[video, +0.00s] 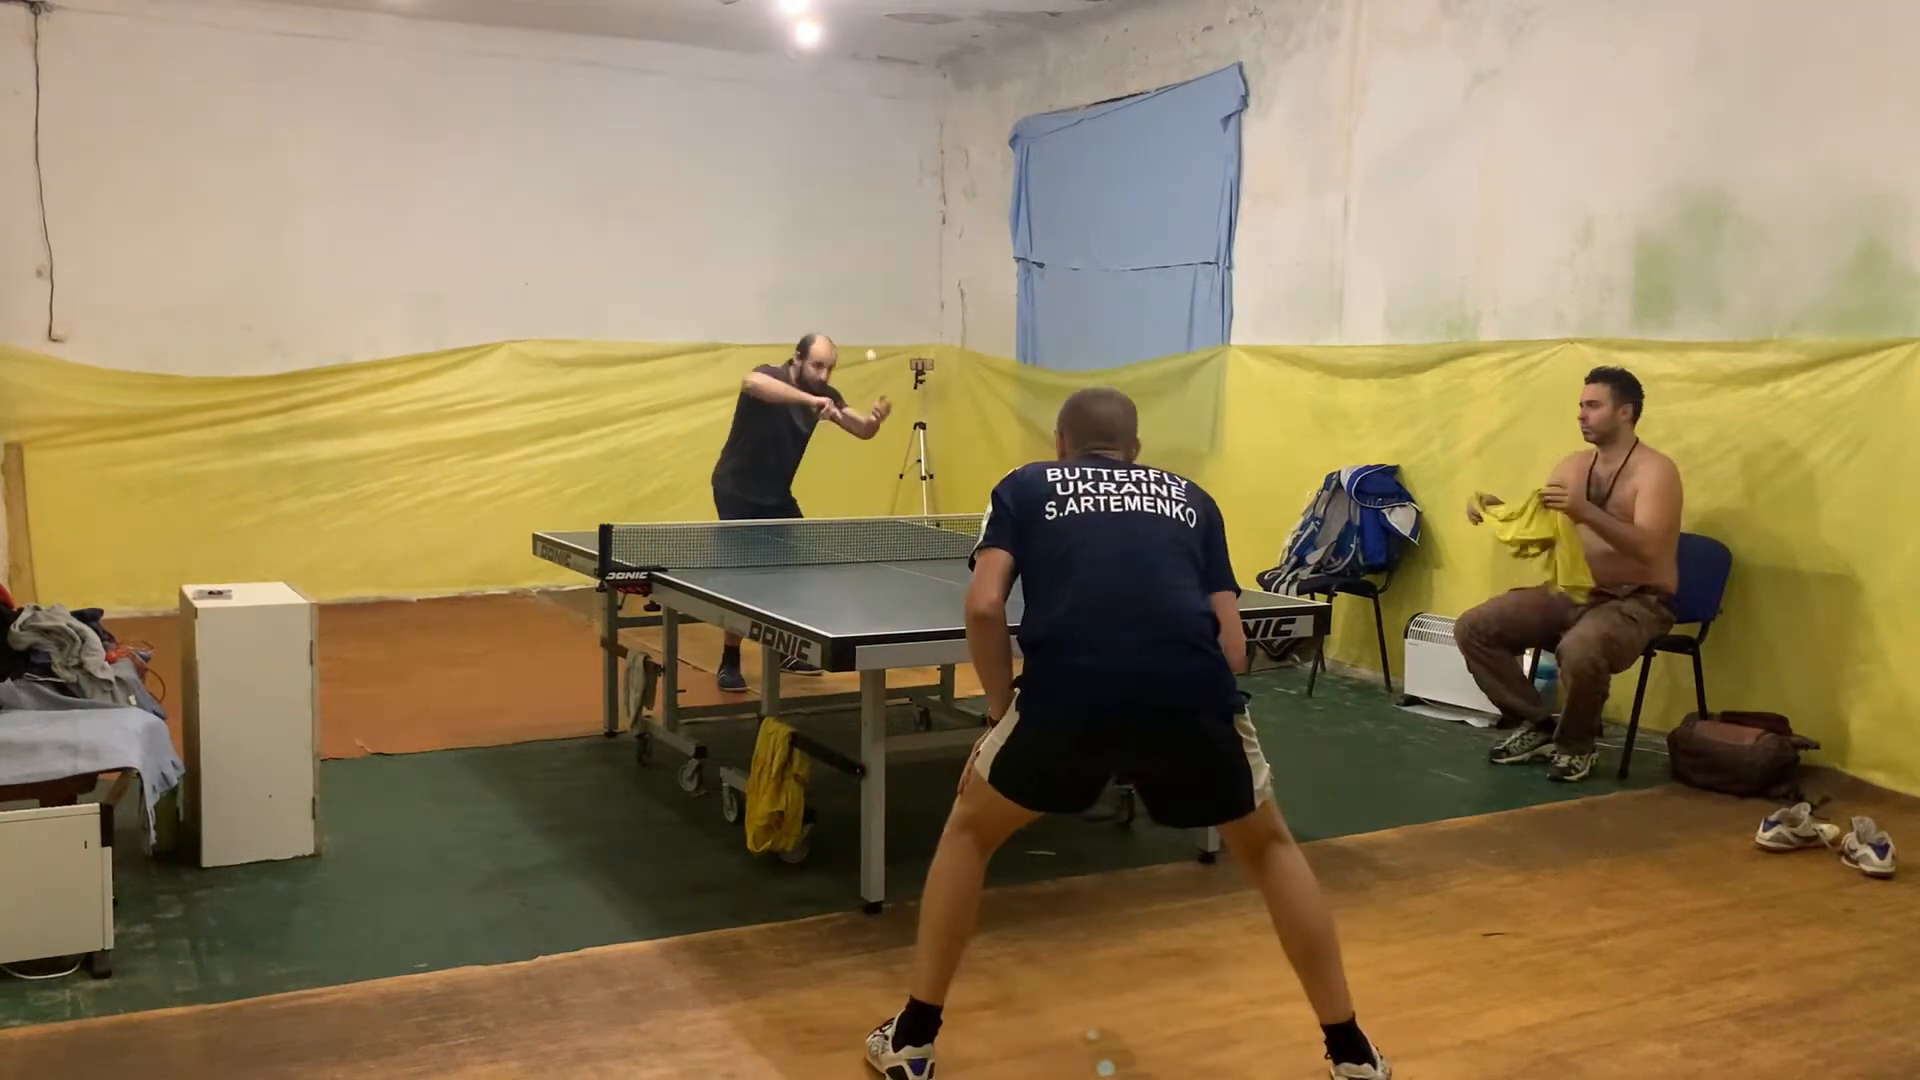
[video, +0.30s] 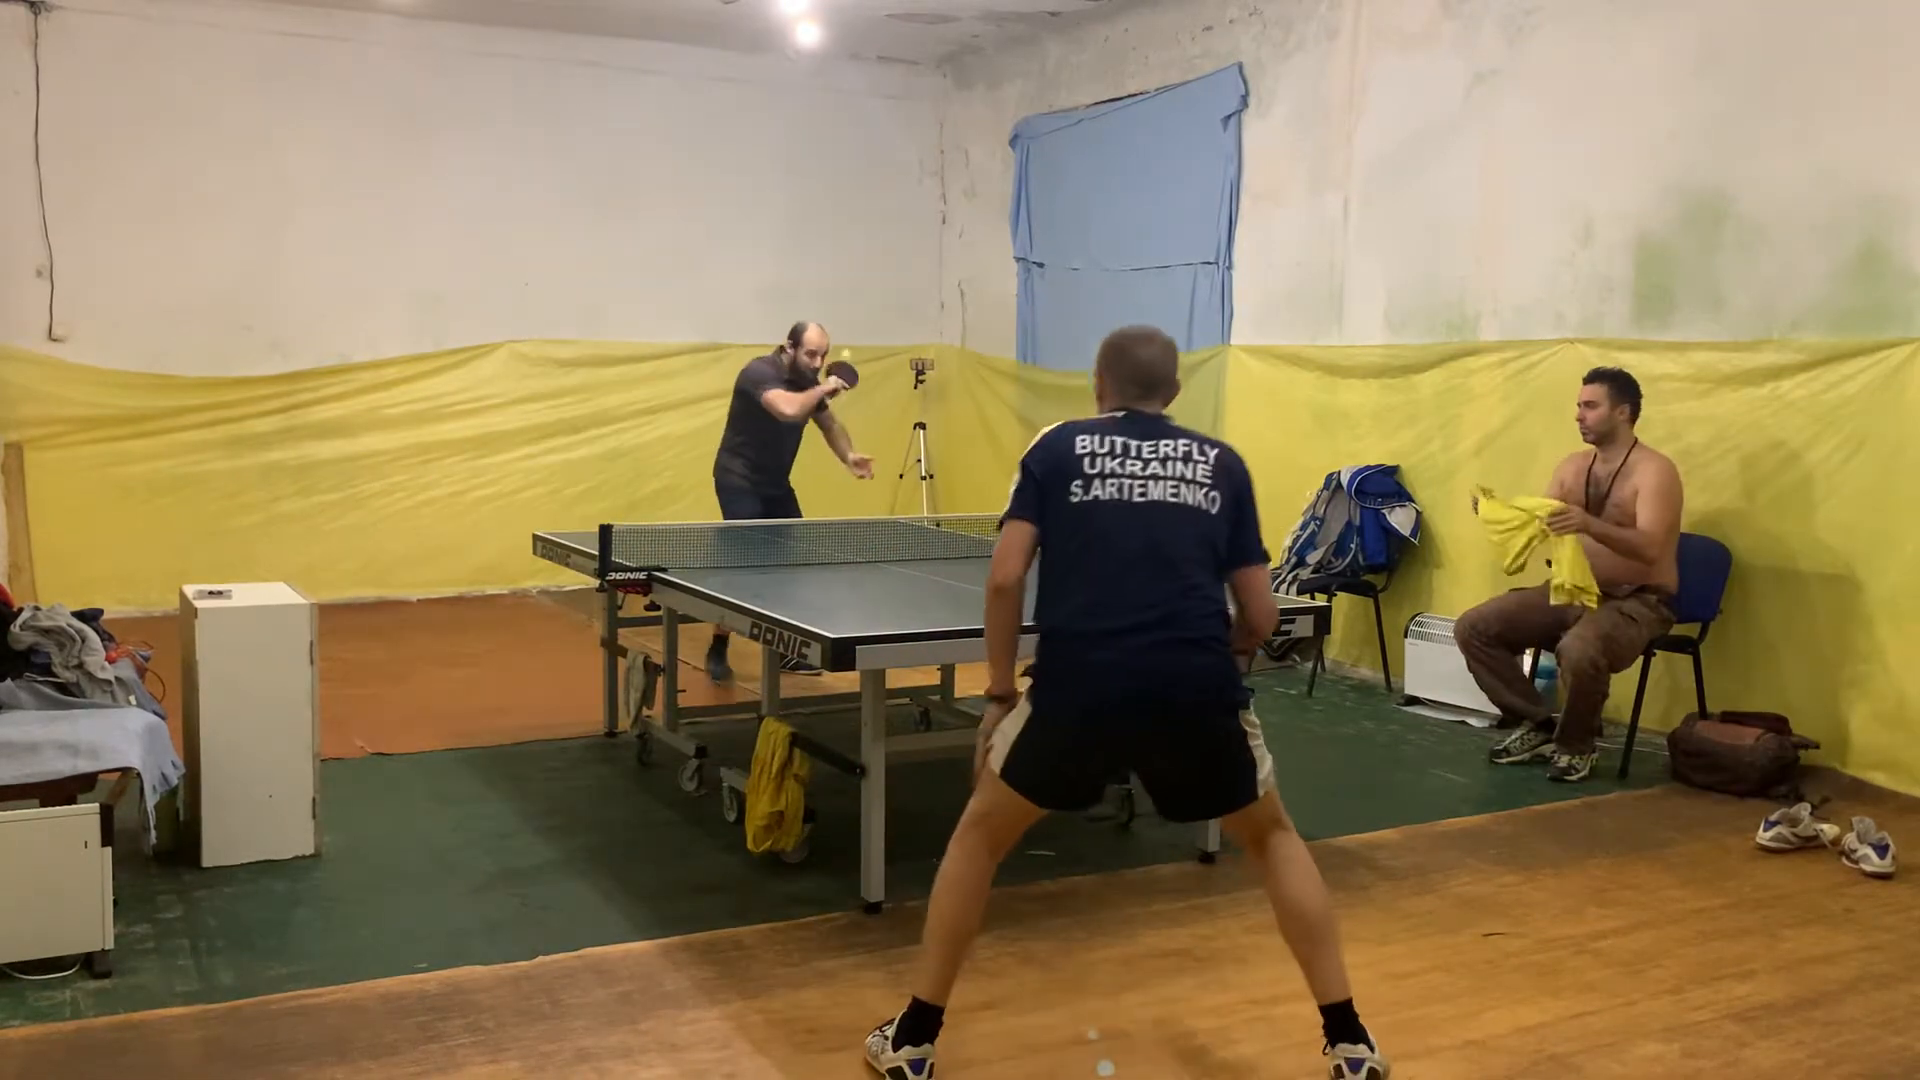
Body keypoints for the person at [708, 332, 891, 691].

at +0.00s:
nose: (824, 373)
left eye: (829, 367)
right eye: (818, 365)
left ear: (833, 367)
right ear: (797, 359)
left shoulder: (825, 395)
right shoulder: (771, 376)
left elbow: (863, 430)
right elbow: (752, 383)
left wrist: (876, 419)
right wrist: (808, 399)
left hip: (778, 496)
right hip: (737, 492)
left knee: (801, 567)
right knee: (744, 574)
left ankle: (787, 648)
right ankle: (731, 660)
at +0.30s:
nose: (818, 362)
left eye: (822, 356)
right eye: (812, 354)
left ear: (824, 354)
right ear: (789, 347)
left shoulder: (809, 381)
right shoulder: (759, 372)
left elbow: (829, 425)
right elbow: (786, 409)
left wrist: (849, 456)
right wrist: (821, 389)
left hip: (776, 483)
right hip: (739, 479)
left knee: (794, 559)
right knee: (748, 560)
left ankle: (787, 646)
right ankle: (719, 644)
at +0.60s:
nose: (799, 398)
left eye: (805, 391)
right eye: (795, 389)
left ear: (808, 388)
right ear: (774, 378)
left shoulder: (790, 409)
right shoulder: (742, 383)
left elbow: (805, 443)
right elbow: (709, 385)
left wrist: (820, 485)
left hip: (755, 495)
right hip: (716, 493)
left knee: (792, 559)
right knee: (723, 567)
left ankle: (787, 647)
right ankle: (691, 643)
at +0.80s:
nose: (764, 361)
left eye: (769, 353)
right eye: (757, 353)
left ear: (773, 351)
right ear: (737, 349)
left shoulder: (767, 385)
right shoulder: (708, 369)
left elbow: (782, 423)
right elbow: (653, 366)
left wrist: (787, 469)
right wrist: (668, 386)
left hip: (741, 488)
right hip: (699, 487)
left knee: (775, 559)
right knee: (701, 569)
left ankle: (784, 647)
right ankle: (682, 655)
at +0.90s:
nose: (744, 333)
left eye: (748, 326)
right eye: (736, 326)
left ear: (754, 325)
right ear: (717, 325)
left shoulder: (754, 360)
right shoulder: (688, 352)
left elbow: (767, 407)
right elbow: (633, 376)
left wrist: (760, 453)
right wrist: (648, 399)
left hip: (731, 474)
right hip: (685, 473)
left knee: (759, 549)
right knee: (676, 553)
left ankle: (760, 635)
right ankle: (660, 650)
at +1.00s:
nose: (724, 333)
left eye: (729, 326)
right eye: (716, 327)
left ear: (734, 325)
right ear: (697, 326)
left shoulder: (741, 365)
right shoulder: (669, 362)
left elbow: (754, 412)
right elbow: (620, 399)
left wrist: (748, 456)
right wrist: (640, 425)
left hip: (722, 483)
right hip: (674, 484)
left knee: (752, 556)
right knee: (653, 563)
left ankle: (747, 642)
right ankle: (616, 653)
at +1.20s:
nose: (701, 356)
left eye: (706, 348)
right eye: (692, 349)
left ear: (712, 347)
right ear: (673, 351)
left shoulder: (726, 388)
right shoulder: (651, 392)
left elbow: (756, 435)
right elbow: (618, 444)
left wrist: (749, 474)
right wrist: (648, 461)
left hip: (715, 505)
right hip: (661, 508)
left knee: (760, 568)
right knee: (630, 584)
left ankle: (782, 648)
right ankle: (602, 660)